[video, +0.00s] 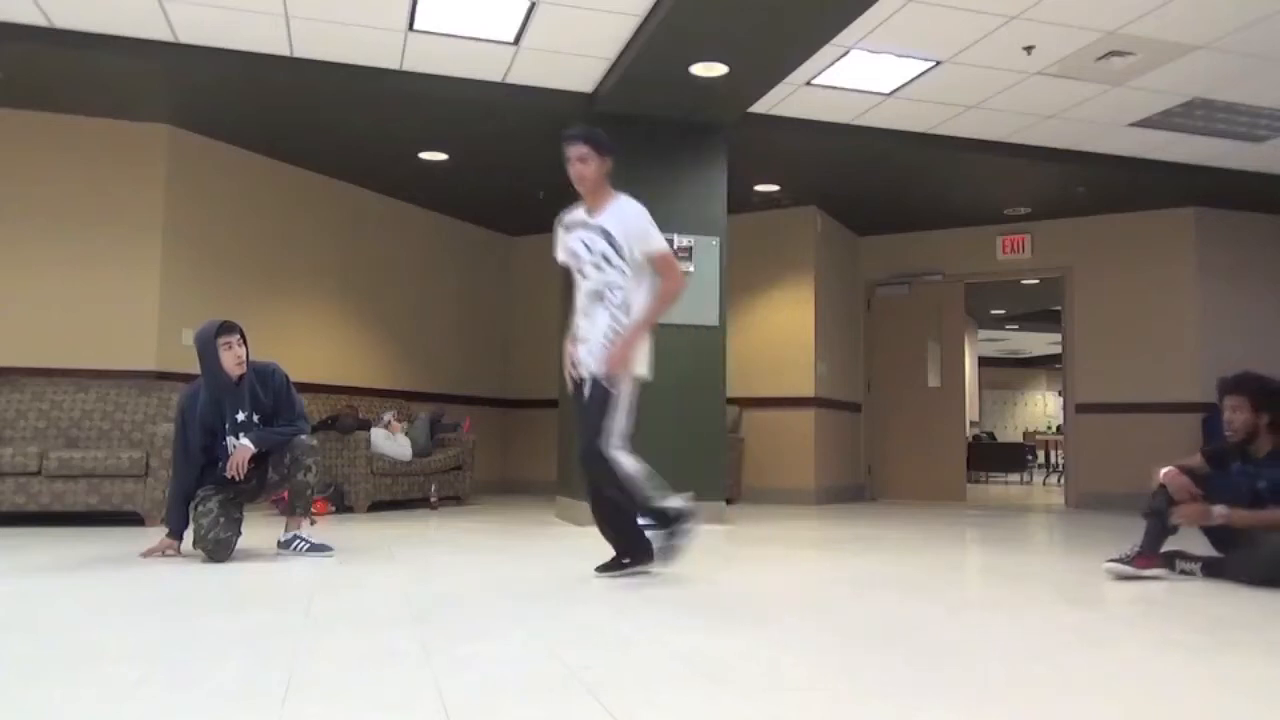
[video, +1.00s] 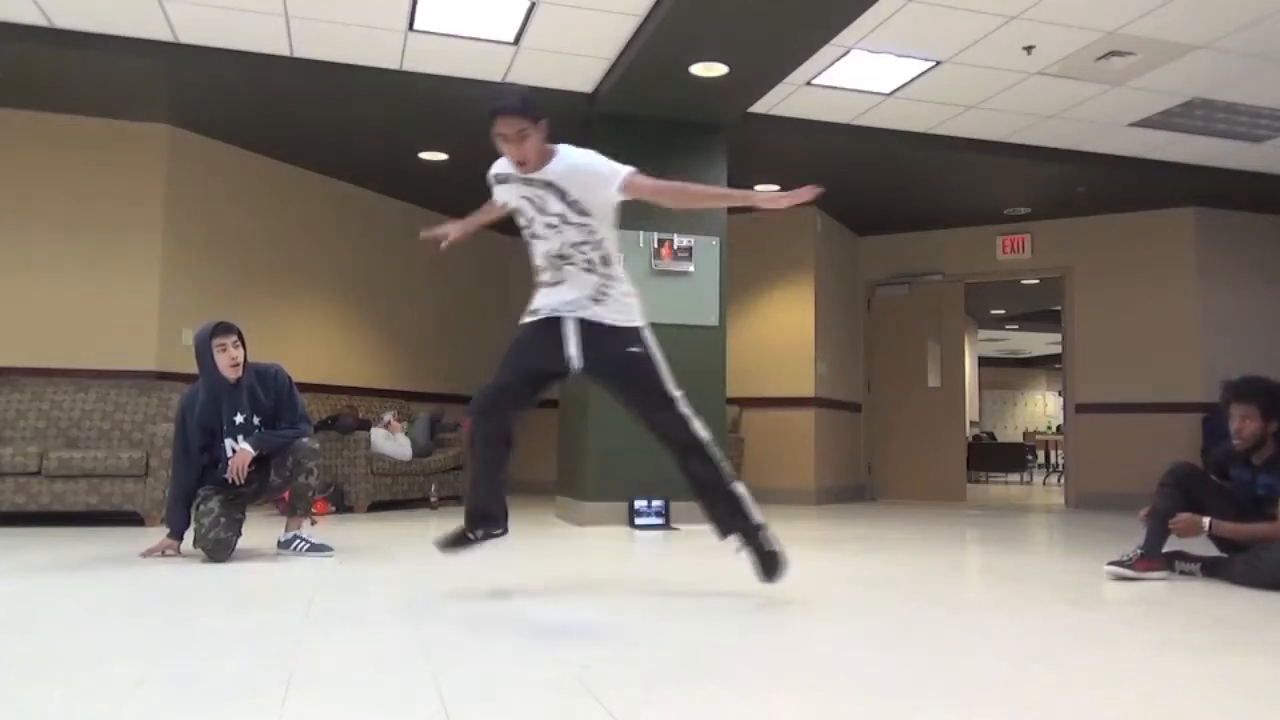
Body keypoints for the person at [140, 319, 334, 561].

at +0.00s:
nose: (239, 353)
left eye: (240, 344)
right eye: (227, 347)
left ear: (246, 347)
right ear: (210, 356)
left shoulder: (269, 377)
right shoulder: (194, 400)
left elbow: (299, 426)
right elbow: (185, 469)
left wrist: (252, 442)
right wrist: (174, 534)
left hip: (263, 474)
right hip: (217, 488)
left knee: (304, 448)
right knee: (216, 550)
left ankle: (292, 534)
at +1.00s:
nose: (233, 355)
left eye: (236, 346)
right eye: (222, 350)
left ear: (244, 349)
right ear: (207, 358)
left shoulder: (272, 378)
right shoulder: (194, 402)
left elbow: (302, 428)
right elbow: (185, 470)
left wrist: (253, 445)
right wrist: (174, 535)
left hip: (265, 475)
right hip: (219, 488)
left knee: (306, 450)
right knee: (216, 549)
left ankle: (292, 534)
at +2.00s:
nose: (231, 356)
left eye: (234, 347)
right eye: (220, 351)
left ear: (242, 349)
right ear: (205, 359)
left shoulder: (271, 379)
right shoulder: (194, 403)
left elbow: (302, 428)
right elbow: (184, 470)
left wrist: (253, 445)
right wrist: (174, 535)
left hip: (264, 476)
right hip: (218, 489)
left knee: (307, 449)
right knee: (215, 549)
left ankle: (292, 534)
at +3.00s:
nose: (232, 357)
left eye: (236, 348)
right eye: (221, 351)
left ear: (244, 350)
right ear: (207, 359)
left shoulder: (272, 379)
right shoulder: (194, 403)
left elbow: (304, 428)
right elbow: (184, 470)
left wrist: (254, 445)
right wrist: (174, 534)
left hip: (265, 477)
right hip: (219, 488)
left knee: (308, 449)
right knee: (215, 549)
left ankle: (292, 534)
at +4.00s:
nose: (230, 357)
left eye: (234, 348)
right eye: (219, 352)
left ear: (242, 350)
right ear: (205, 359)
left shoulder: (272, 379)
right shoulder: (194, 403)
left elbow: (303, 429)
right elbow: (184, 470)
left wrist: (254, 447)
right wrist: (174, 535)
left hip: (265, 477)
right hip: (219, 488)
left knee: (307, 450)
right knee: (215, 549)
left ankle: (292, 534)